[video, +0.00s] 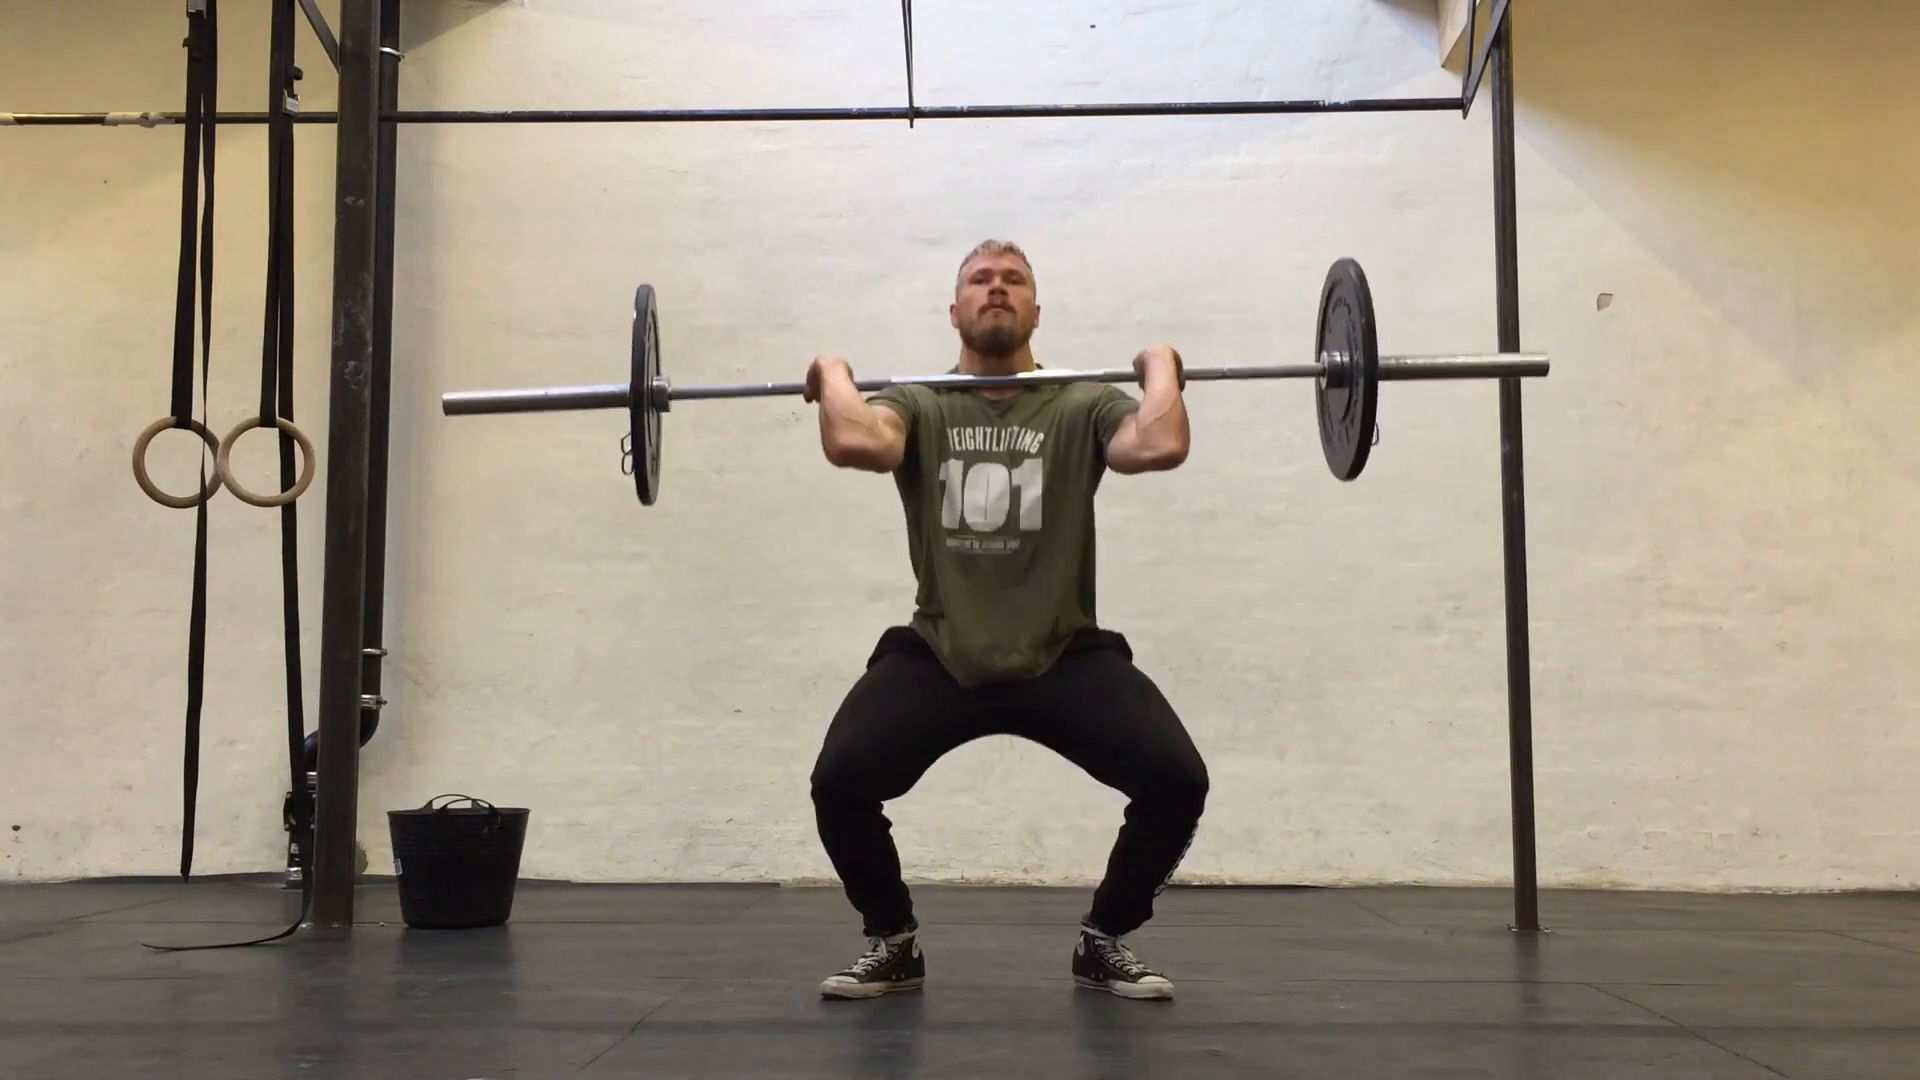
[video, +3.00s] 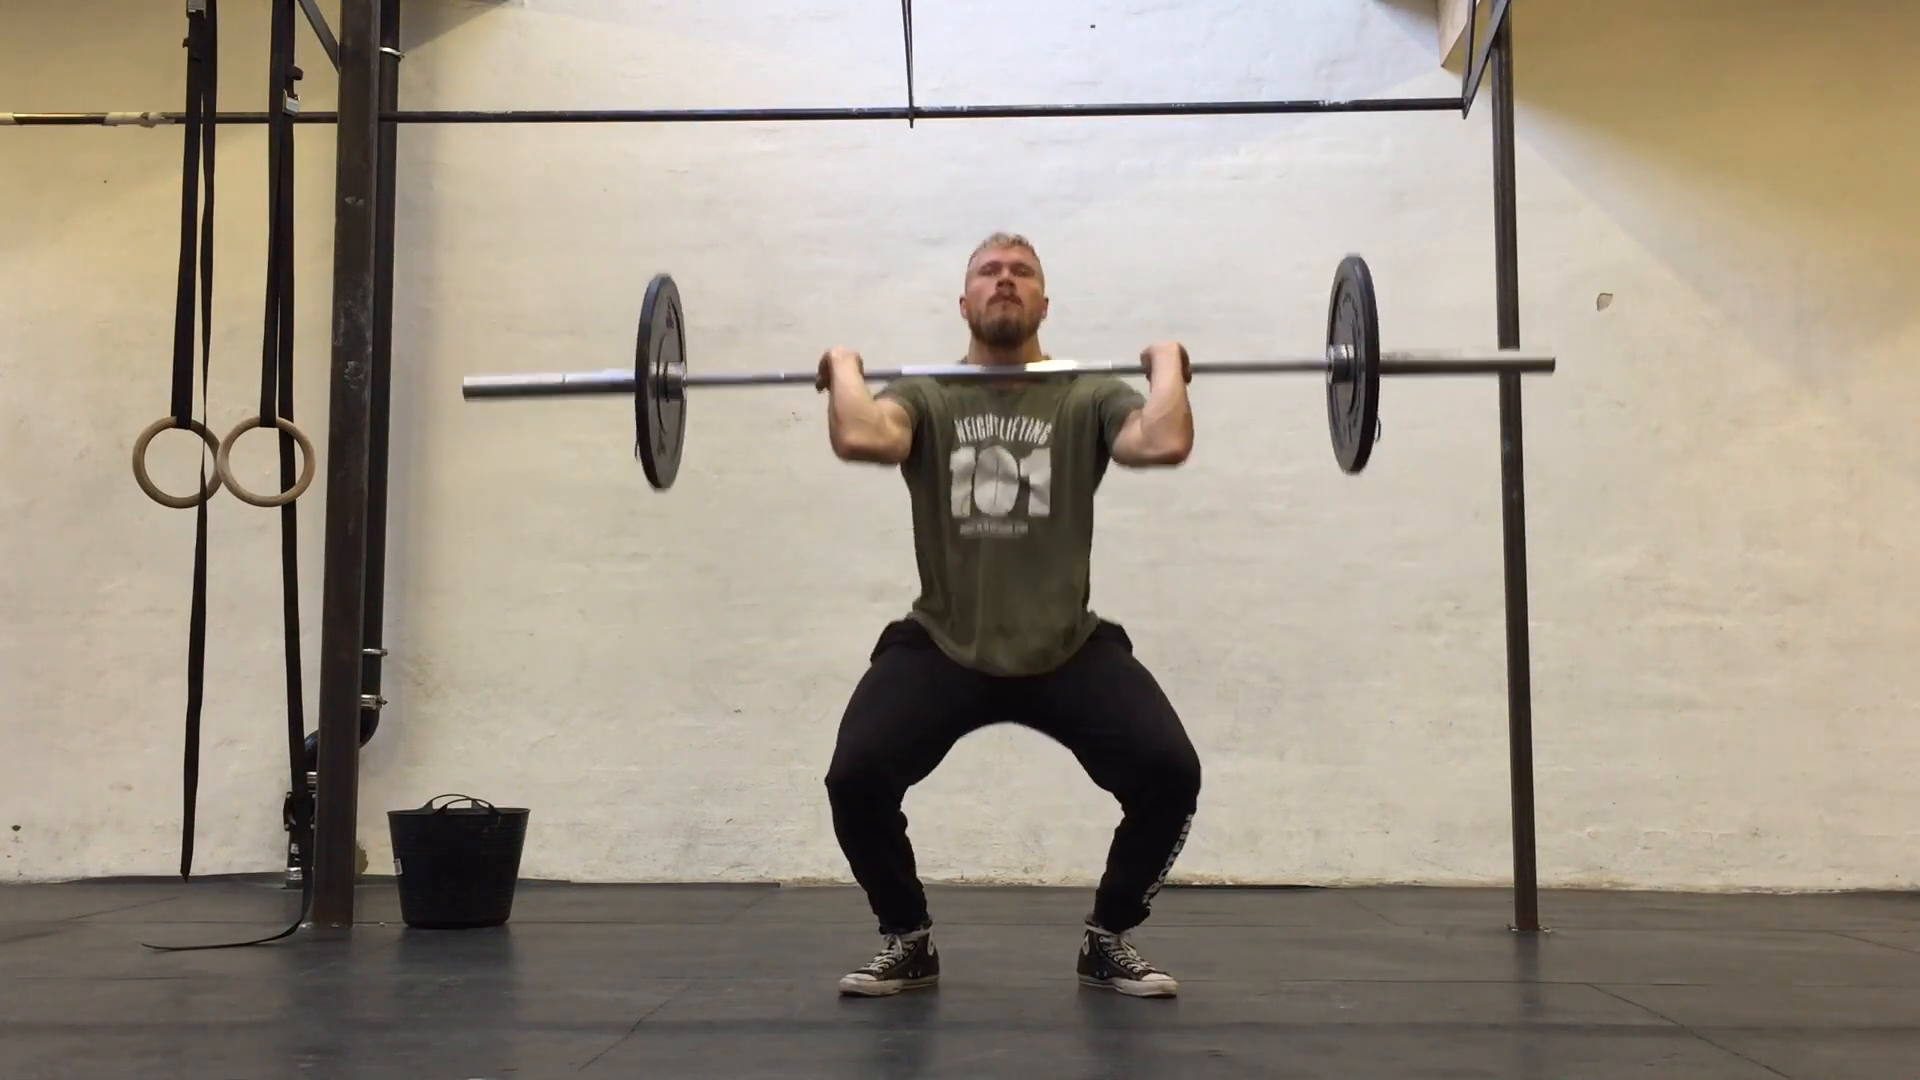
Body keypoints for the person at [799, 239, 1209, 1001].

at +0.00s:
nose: (997, 287)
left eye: (1013, 279)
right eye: (980, 279)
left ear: (1037, 311)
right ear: (954, 311)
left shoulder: (1082, 402)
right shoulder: (917, 404)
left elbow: (1163, 444)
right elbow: (849, 441)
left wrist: (1158, 362)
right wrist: (833, 371)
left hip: (1065, 658)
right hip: (939, 658)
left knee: (1177, 782)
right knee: (840, 783)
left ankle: (1103, 945)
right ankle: (893, 946)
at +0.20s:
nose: (996, 186)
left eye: (1012, 181)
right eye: (980, 182)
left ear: (1039, 217)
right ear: (956, 219)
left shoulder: (1075, 298)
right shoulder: (923, 302)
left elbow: (1157, 331)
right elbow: (862, 345)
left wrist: (1163, 258)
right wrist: (839, 270)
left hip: (1066, 577)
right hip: (944, 576)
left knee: (1118, 756)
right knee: (887, 757)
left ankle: (1102, 947)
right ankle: (893, 946)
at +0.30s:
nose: (998, 168)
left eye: (1015, 160)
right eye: (984, 160)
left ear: (1040, 187)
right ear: (961, 187)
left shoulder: (1076, 259)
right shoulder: (924, 264)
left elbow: (1170, 241)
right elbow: (843, 259)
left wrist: (1168, 153)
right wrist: (833, 167)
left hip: (1063, 533)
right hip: (946, 534)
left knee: (1090, 730)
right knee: (921, 733)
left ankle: (1111, 931)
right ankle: (893, 935)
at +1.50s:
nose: (1005, 159)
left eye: (1021, 150)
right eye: (988, 149)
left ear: (1045, 178)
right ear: (964, 179)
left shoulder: (1088, 263)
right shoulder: (921, 258)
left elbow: (1202, 293)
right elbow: (798, 274)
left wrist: (1188, 303)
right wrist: (834, 286)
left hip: (1067, 527)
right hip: (953, 527)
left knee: (1098, 729)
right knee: (925, 730)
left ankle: (1111, 928)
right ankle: (901, 930)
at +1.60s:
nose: (1009, 156)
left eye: (1025, 146)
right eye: (993, 145)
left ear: (1048, 173)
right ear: (966, 172)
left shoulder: (1090, 262)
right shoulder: (924, 263)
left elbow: (1194, 332)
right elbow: (820, 332)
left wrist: (1183, 416)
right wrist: (839, 406)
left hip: (1068, 526)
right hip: (957, 526)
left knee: (1099, 724)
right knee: (927, 723)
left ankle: (1110, 927)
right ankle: (902, 929)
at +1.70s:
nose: (1007, 174)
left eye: (1023, 164)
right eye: (991, 163)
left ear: (1048, 194)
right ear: (964, 193)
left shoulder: (1096, 298)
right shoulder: (918, 301)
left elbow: (1170, 402)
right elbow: (844, 403)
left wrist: (1179, 524)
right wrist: (843, 514)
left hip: (1074, 567)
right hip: (951, 568)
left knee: (1110, 750)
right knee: (918, 752)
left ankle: (1106, 936)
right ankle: (904, 938)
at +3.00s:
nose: (1004, 279)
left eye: (1021, 271)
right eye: (988, 270)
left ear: (1044, 303)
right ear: (963, 301)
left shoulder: (1089, 392)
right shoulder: (924, 396)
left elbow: (1167, 442)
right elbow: (857, 436)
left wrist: (1166, 359)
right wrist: (843, 362)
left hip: (1066, 649)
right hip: (944, 648)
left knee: (1168, 776)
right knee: (857, 779)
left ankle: (1107, 943)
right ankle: (908, 945)